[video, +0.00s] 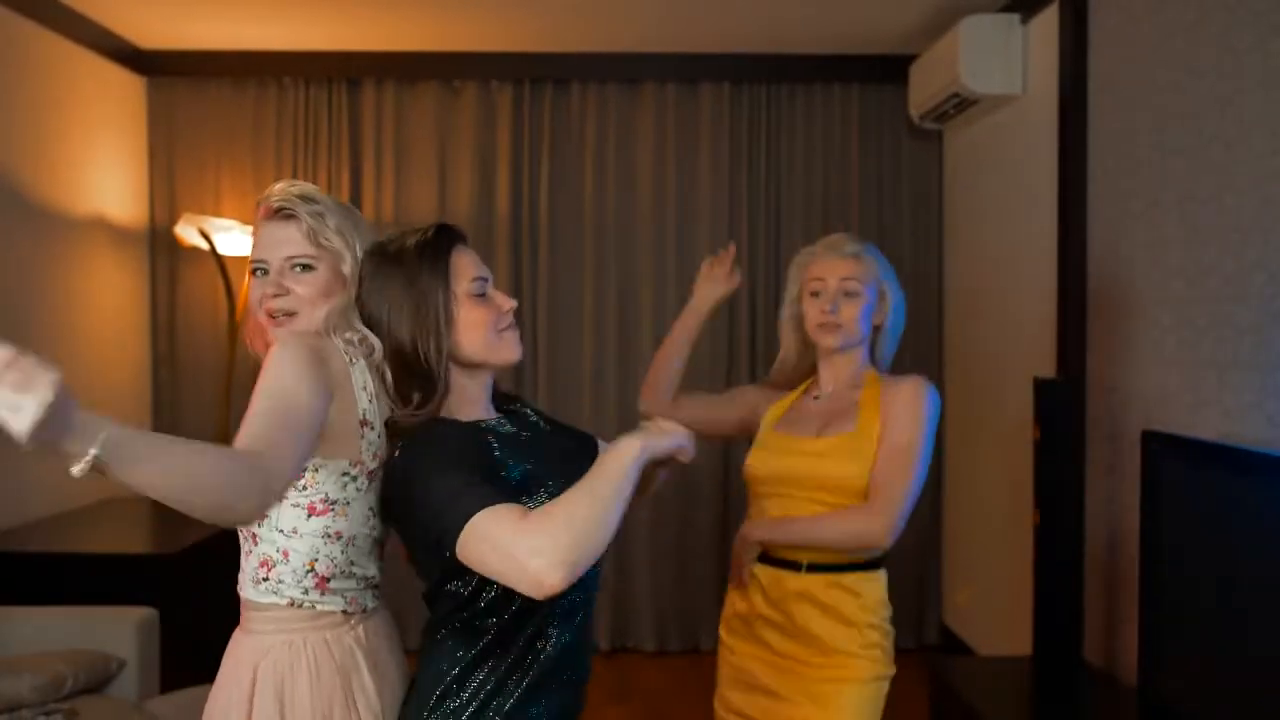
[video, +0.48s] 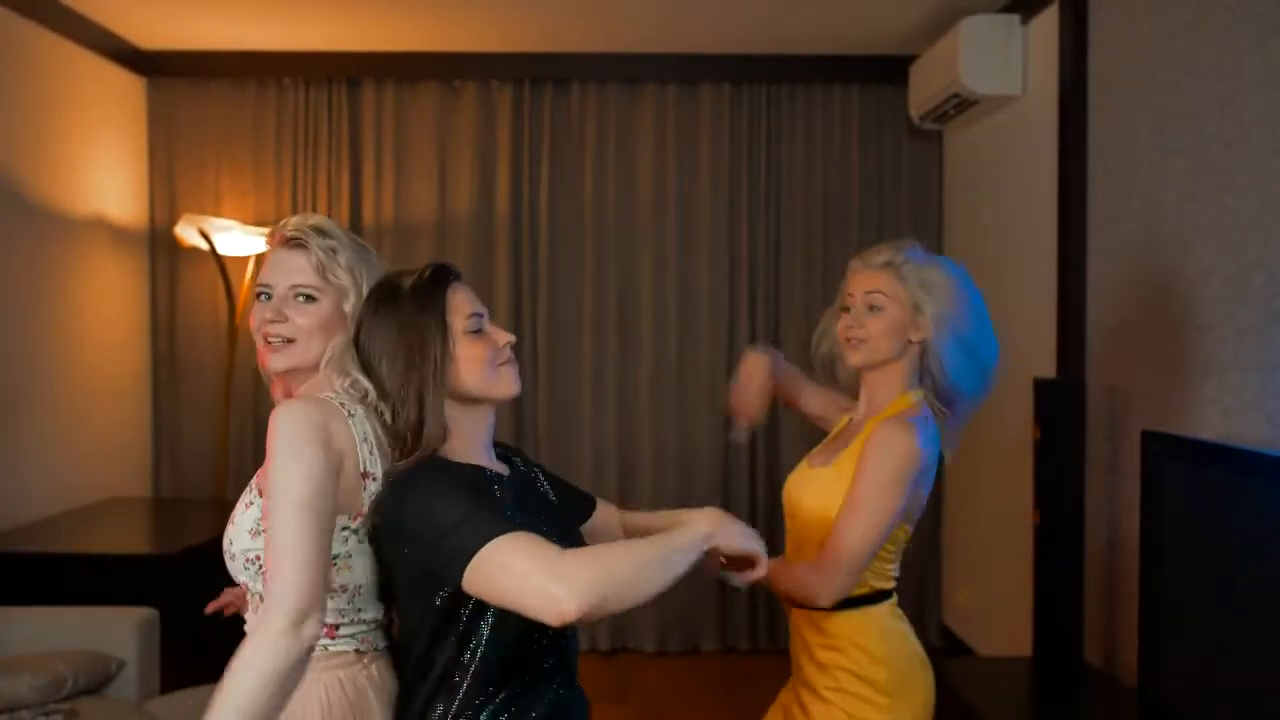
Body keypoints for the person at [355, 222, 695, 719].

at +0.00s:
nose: (508, 302)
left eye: (494, 286)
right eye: (479, 291)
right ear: (424, 322)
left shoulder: (518, 420)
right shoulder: (421, 463)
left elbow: (614, 474)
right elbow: (540, 563)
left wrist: (650, 456)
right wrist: (630, 449)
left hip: (552, 695)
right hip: (472, 703)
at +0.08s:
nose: (510, 312)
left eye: (496, 296)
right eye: (481, 301)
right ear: (424, 330)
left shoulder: (514, 437)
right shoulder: (419, 467)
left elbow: (616, 470)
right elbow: (536, 567)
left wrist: (679, 464)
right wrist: (627, 468)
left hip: (559, 700)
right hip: (475, 707)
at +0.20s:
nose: (513, 323)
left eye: (499, 309)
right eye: (484, 312)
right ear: (427, 344)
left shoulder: (519, 457)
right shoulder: (413, 490)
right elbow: (536, 587)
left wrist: (625, 507)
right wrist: (582, 486)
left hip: (561, 700)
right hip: (472, 706)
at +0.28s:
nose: (513, 331)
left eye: (498, 316)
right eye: (484, 320)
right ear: (429, 350)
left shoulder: (515, 464)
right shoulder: (412, 499)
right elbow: (536, 601)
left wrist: (626, 520)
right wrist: (595, 497)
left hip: (560, 702)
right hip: (471, 707)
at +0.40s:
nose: (509, 338)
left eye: (495, 324)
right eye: (479, 329)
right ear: (424, 360)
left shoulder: (509, 467)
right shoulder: (419, 499)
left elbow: (606, 528)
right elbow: (548, 605)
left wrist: (671, 521)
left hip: (559, 704)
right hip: (468, 709)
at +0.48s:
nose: (507, 337)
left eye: (491, 322)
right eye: (476, 328)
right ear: (422, 359)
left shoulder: (512, 471)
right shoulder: (420, 496)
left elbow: (618, 525)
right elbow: (562, 593)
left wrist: (705, 523)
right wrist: (700, 536)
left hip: (554, 703)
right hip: (470, 709)